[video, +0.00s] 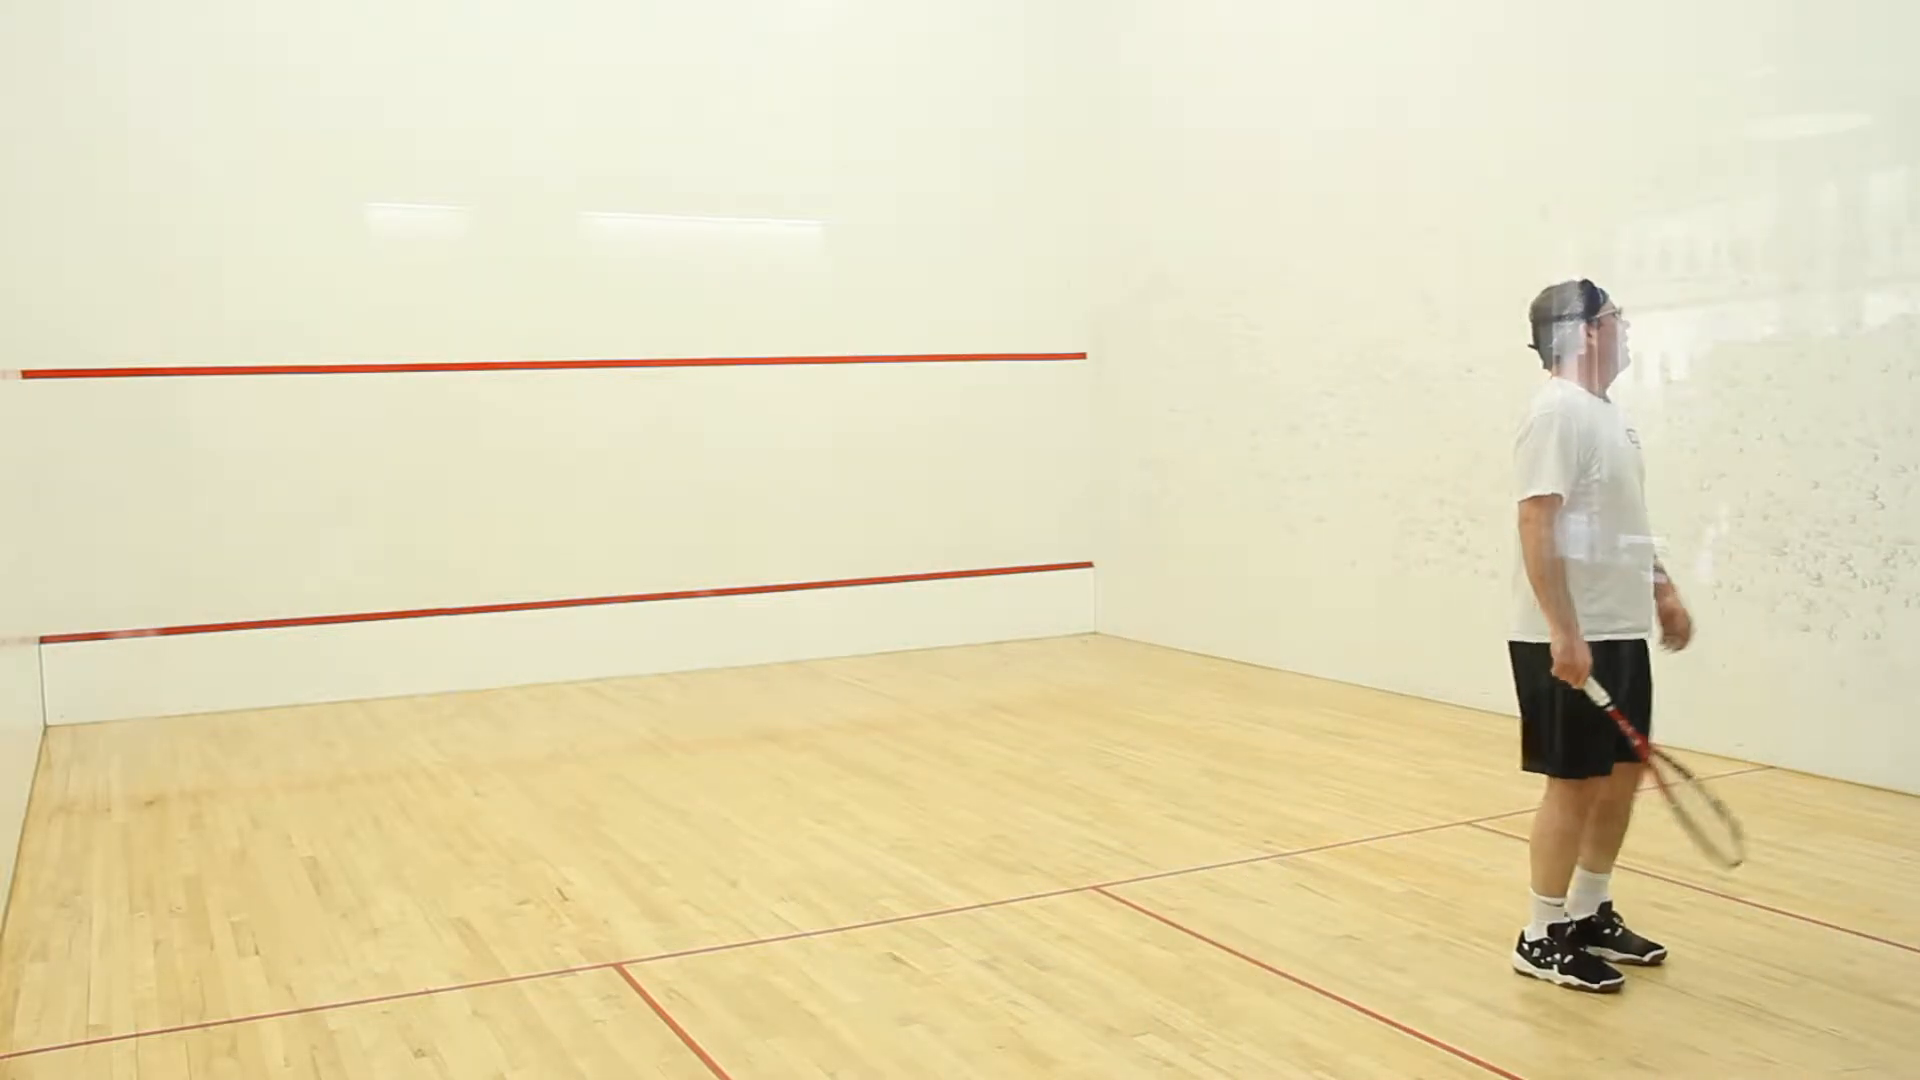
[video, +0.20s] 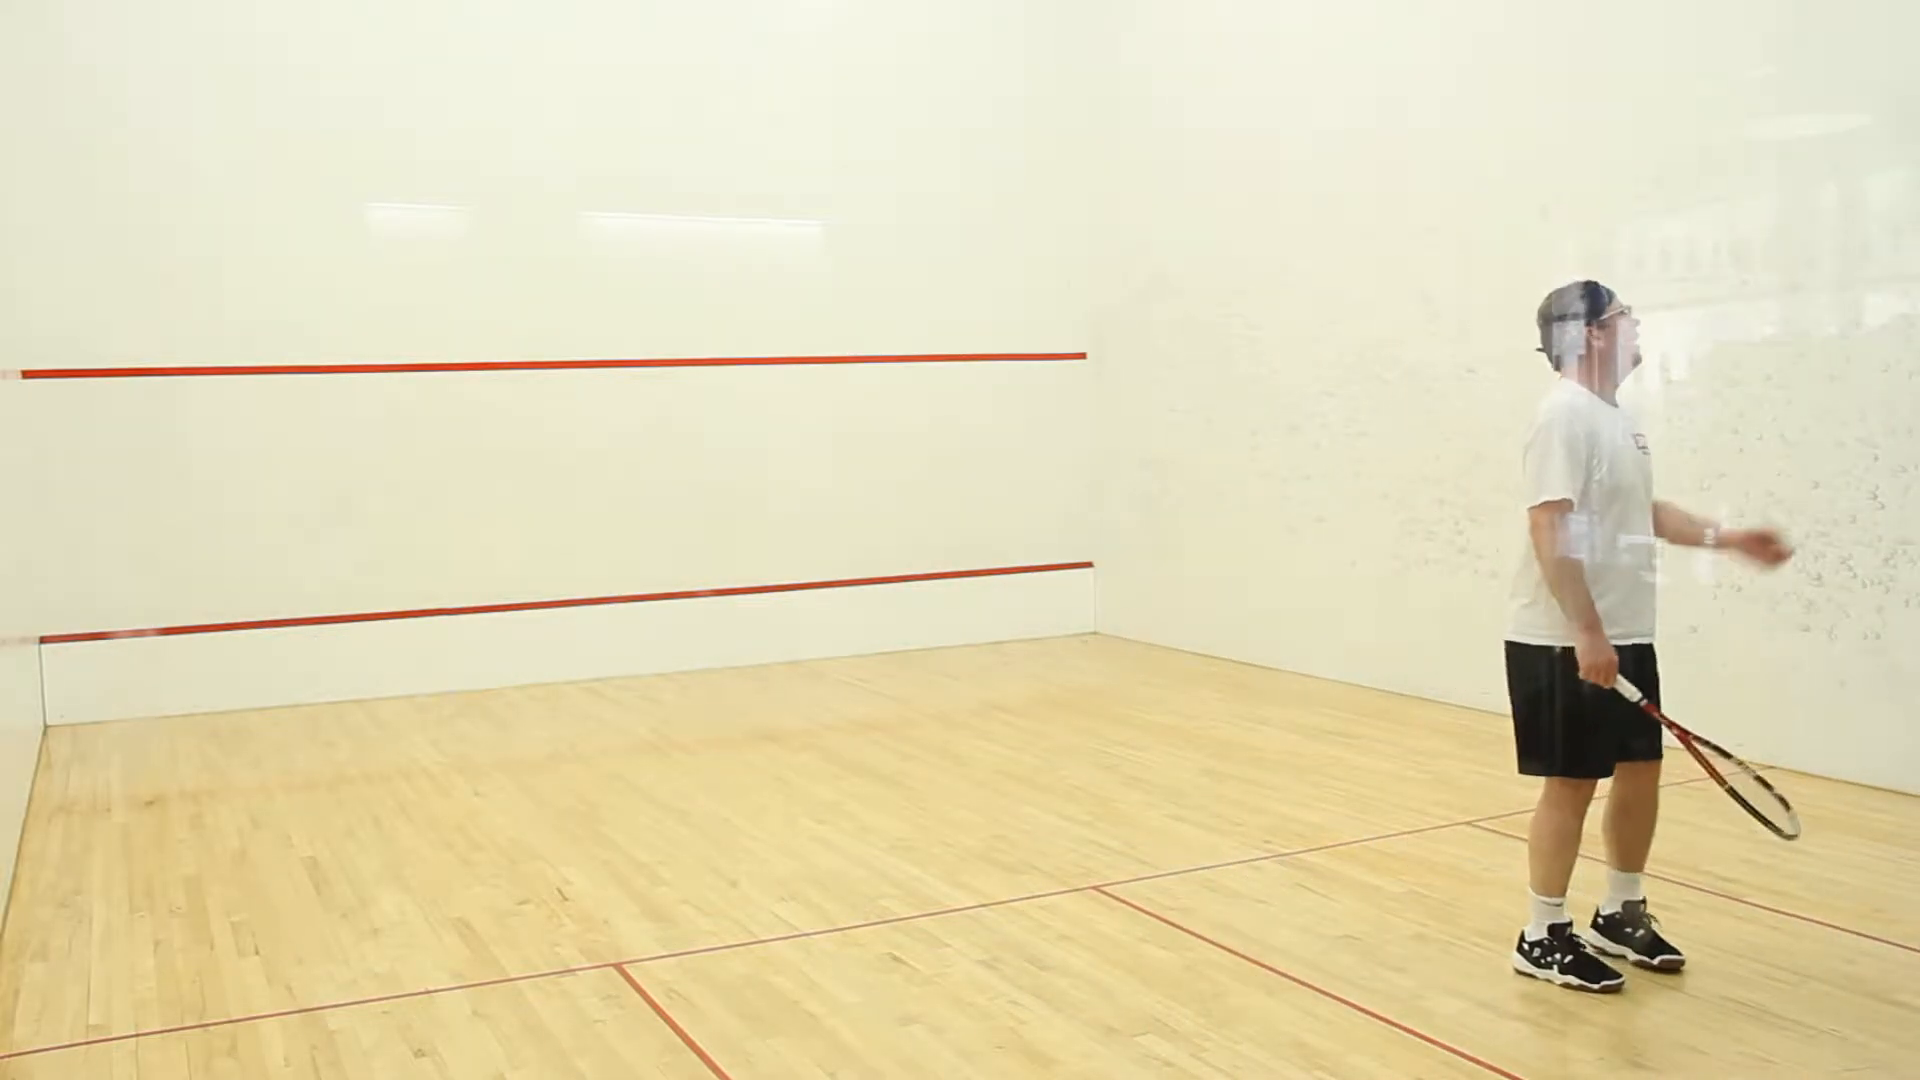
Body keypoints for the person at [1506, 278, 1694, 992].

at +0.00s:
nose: (1625, 331)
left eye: (1619, 321)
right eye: (1616, 321)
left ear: (1583, 337)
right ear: (1590, 333)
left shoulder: (1607, 414)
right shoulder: (1557, 410)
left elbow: (1625, 520)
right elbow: (1535, 527)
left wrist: (1662, 588)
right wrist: (1565, 633)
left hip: (1621, 633)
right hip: (1569, 636)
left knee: (1624, 769)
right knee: (1574, 780)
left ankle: (1588, 914)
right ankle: (1542, 935)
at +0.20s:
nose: (1635, 336)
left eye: (1631, 324)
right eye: (1626, 325)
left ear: (1591, 337)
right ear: (1594, 335)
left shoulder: (1614, 418)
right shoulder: (1563, 416)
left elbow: (1643, 514)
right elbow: (1549, 536)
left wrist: (1726, 538)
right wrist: (1588, 630)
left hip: (1624, 635)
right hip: (1563, 638)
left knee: (1640, 764)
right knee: (1571, 778)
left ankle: (1622, 913)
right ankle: (1544, 935)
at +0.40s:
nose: (1652, 334)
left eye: (1650, 323)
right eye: (1640, 323)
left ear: (1619, 337)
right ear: (1599, 335)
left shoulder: (1654, 421)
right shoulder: (1555, 424)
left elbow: (1713, 499)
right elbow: (1534, 531)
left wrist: (1810, 473)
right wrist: (1578, 623)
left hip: (1637, 636)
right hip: (1565, 636)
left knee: (1633, 769)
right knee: (1571, 778)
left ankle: (1620, 918)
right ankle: (1543, 935)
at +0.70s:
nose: (1643, 356)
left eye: (1649, 341)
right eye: (1628, 342)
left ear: (1656, 344)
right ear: (1588, 345)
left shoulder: (1675, 425)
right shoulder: (1541, 424)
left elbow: (1734, 505)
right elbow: (1497, 523)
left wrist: (1711, 433)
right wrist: (1477, 619)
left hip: (1643, 639)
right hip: (1556, 636)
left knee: (1633, 781)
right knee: (1549, 782)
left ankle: (1620, 917)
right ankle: (1534, 926)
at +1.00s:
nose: (1559, 357)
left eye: (1569, 342)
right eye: (1544, 348)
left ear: (1592, 338)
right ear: (1526, 353)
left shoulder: (1633, 417)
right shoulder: (1501, 425)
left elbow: (1674, 498)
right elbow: (1474, 527)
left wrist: (1601, 439)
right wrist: (1453, 624)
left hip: (1613, 639)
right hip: (1521, 638)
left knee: (1621, 781)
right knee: (1519, 787)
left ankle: (1618, 917)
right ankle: (1528, 929)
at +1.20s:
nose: (1511, 360)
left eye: (1521, 345)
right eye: (1497, 350)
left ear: (1550, 343)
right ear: (1482, 358)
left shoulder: (1590, 417)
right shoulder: (1464, 429)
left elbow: (1600, 476)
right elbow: (1438, 531)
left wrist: (1538, 400)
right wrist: (1414, 626)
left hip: (1572, 641)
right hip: (1482, 643)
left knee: (1601, 787)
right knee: (1497, 791)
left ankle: (1618, 905)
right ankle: (1528, 929)